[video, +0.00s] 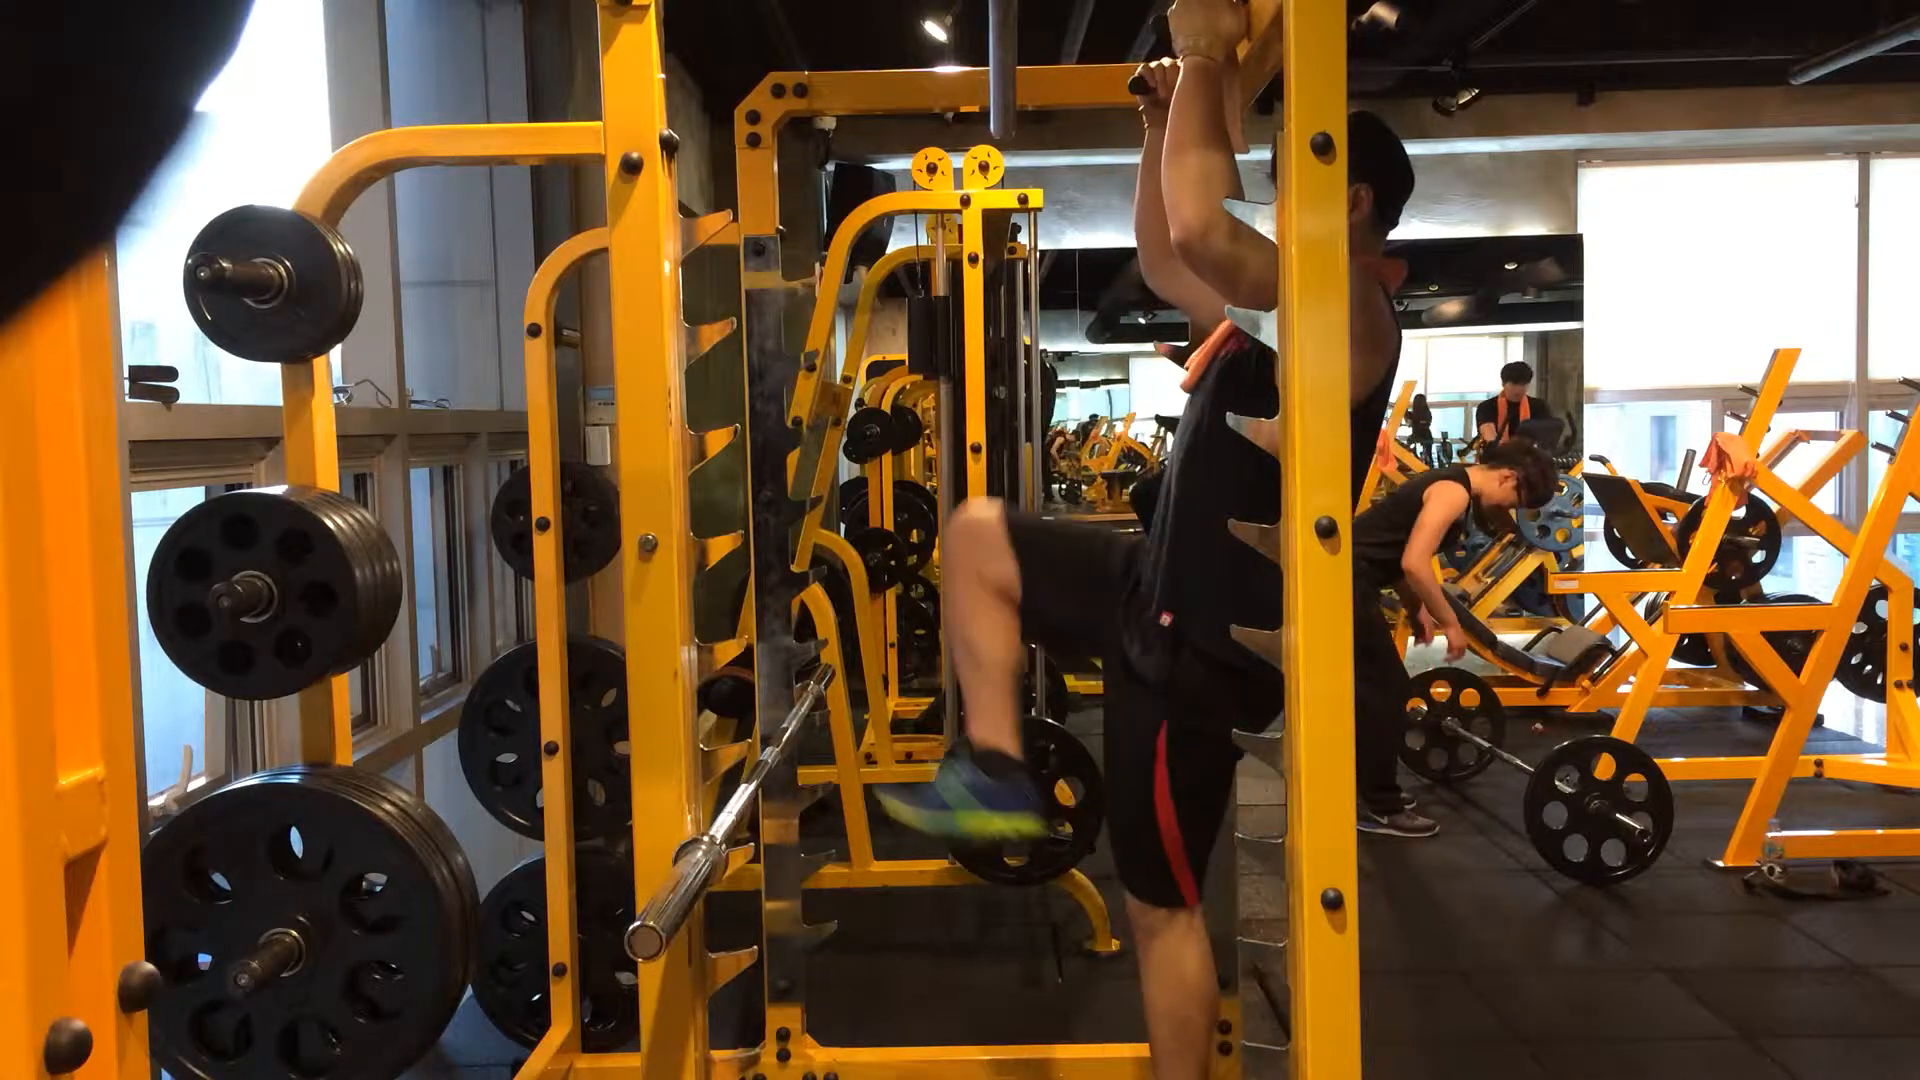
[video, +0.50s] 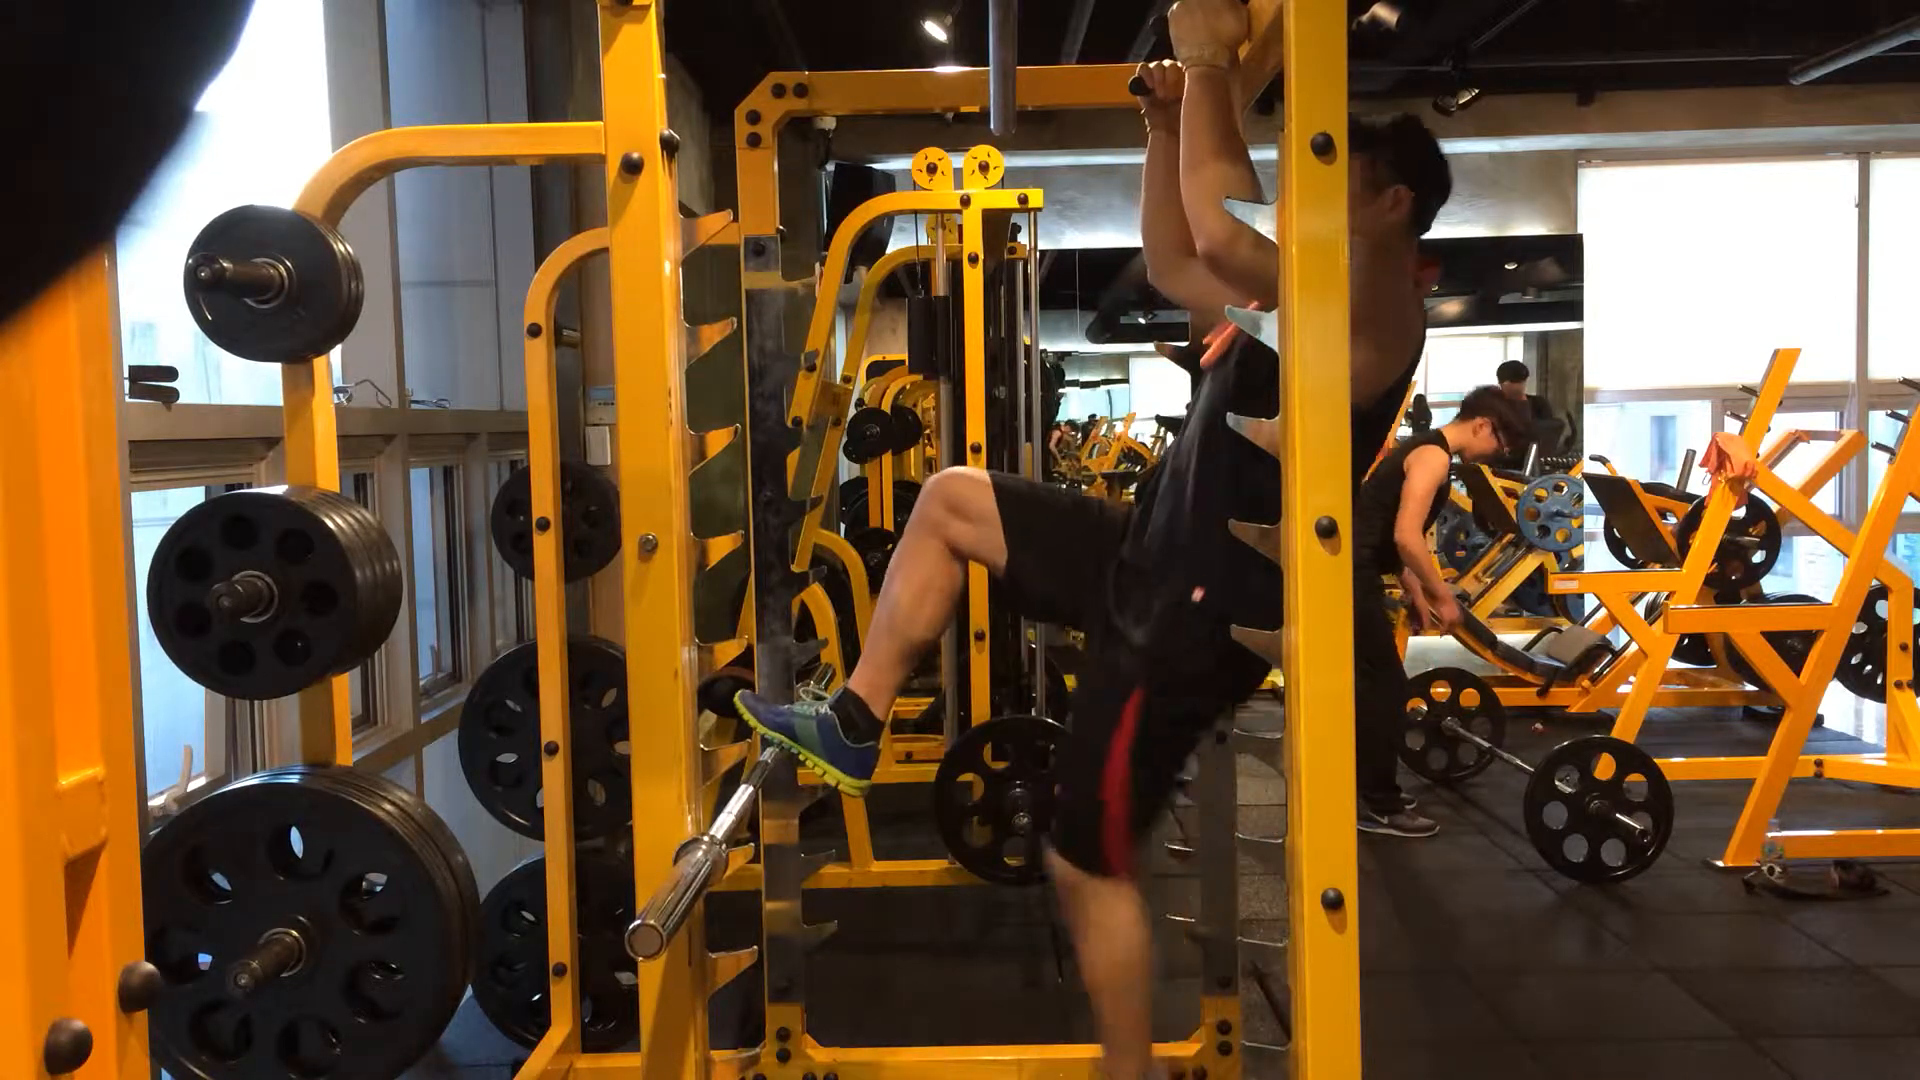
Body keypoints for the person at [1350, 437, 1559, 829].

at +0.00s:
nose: (1505, 508)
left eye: (1514, 506)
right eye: (1514, 502)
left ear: (1503, 473)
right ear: (1507, 477)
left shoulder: (1449, 482)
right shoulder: (1453, 491)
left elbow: (1402, 559)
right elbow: (1414, 562)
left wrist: (1417, 608)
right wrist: (1450, 624)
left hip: (1351, 580)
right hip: (1349, 583)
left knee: (1384, 684)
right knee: (1389, 687)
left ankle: (1377, 791)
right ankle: (1378, 803)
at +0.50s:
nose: (1491, 457)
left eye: (1499, 452)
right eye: (1497, 447)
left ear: (1479, 425)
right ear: (1483, 425)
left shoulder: (1427, 451)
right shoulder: (1433, 457)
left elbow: (1397, 536)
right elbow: (1407, 534)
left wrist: (1414, 594)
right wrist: (1442, 593)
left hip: (1355, 577)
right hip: (1352, 579)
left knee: (1379, 683)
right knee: (1386, 685)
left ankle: (1374, 791)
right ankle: (1378, 800)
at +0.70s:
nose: (1476, 418)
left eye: (1481, 409)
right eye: (1478, 407)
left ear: (1452, 393)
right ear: (1458, 393)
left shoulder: (1410, 428)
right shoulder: (1417, 435)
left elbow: (1392, 522)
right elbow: (1401, 522)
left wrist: (1416, 582)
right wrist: (1430, 585)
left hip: (1360, 572)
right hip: (1360, 576)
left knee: (1376, 682)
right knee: (1386, 684)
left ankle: (1372, 792)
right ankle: (1378, 801)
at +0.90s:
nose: (1454, 395)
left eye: (1457, 385)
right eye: (1454, 383)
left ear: (1433, 375)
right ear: (1433, 373)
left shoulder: (1396, 419)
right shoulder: (1401, 424)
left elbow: (1391, 510)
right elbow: (1395, 512)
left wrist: (1411, 571)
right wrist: (1430, 578)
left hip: (1365, 569)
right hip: (1370, 571)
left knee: (1378, 678)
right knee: (1385, 680)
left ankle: (1373, 792)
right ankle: (1376, 799)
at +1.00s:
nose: (1442, 387)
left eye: (1444, 377)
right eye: (1439, 375)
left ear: (1421, 374)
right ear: (1418, 370)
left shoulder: (1391, 418)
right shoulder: (1395, 422)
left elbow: (1393, 510)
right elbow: (1395, 510)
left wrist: (1415, 569)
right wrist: (1433, 576)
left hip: (1370, 568)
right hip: (1372, 571)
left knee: (1379, 677)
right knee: (1388, 678)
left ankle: (1373, 791)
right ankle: (1376, 799)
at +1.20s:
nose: (1431, 381)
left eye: (1432, 373)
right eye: (1427, 371)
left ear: (1398, 378)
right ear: (1402, 374)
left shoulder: (1366, 422)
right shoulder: (1392, 426)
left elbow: (1387, 513)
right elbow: (1403, 513)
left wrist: (1415, 568)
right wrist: (1440, 575)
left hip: (1357, 571)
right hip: (1378, 575)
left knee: (1373, 682)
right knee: (1392, 683)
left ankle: (1370, 793)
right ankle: (1377, 800)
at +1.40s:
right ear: (1401, 387)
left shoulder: (1335, 423)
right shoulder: (1393, 425)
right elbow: (1409, 515)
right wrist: (1445, 578)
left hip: (1335, 575)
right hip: (1376, 579)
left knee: (1352, 685)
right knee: (1392, 685)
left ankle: (1351, 797)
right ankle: (1378, 802)